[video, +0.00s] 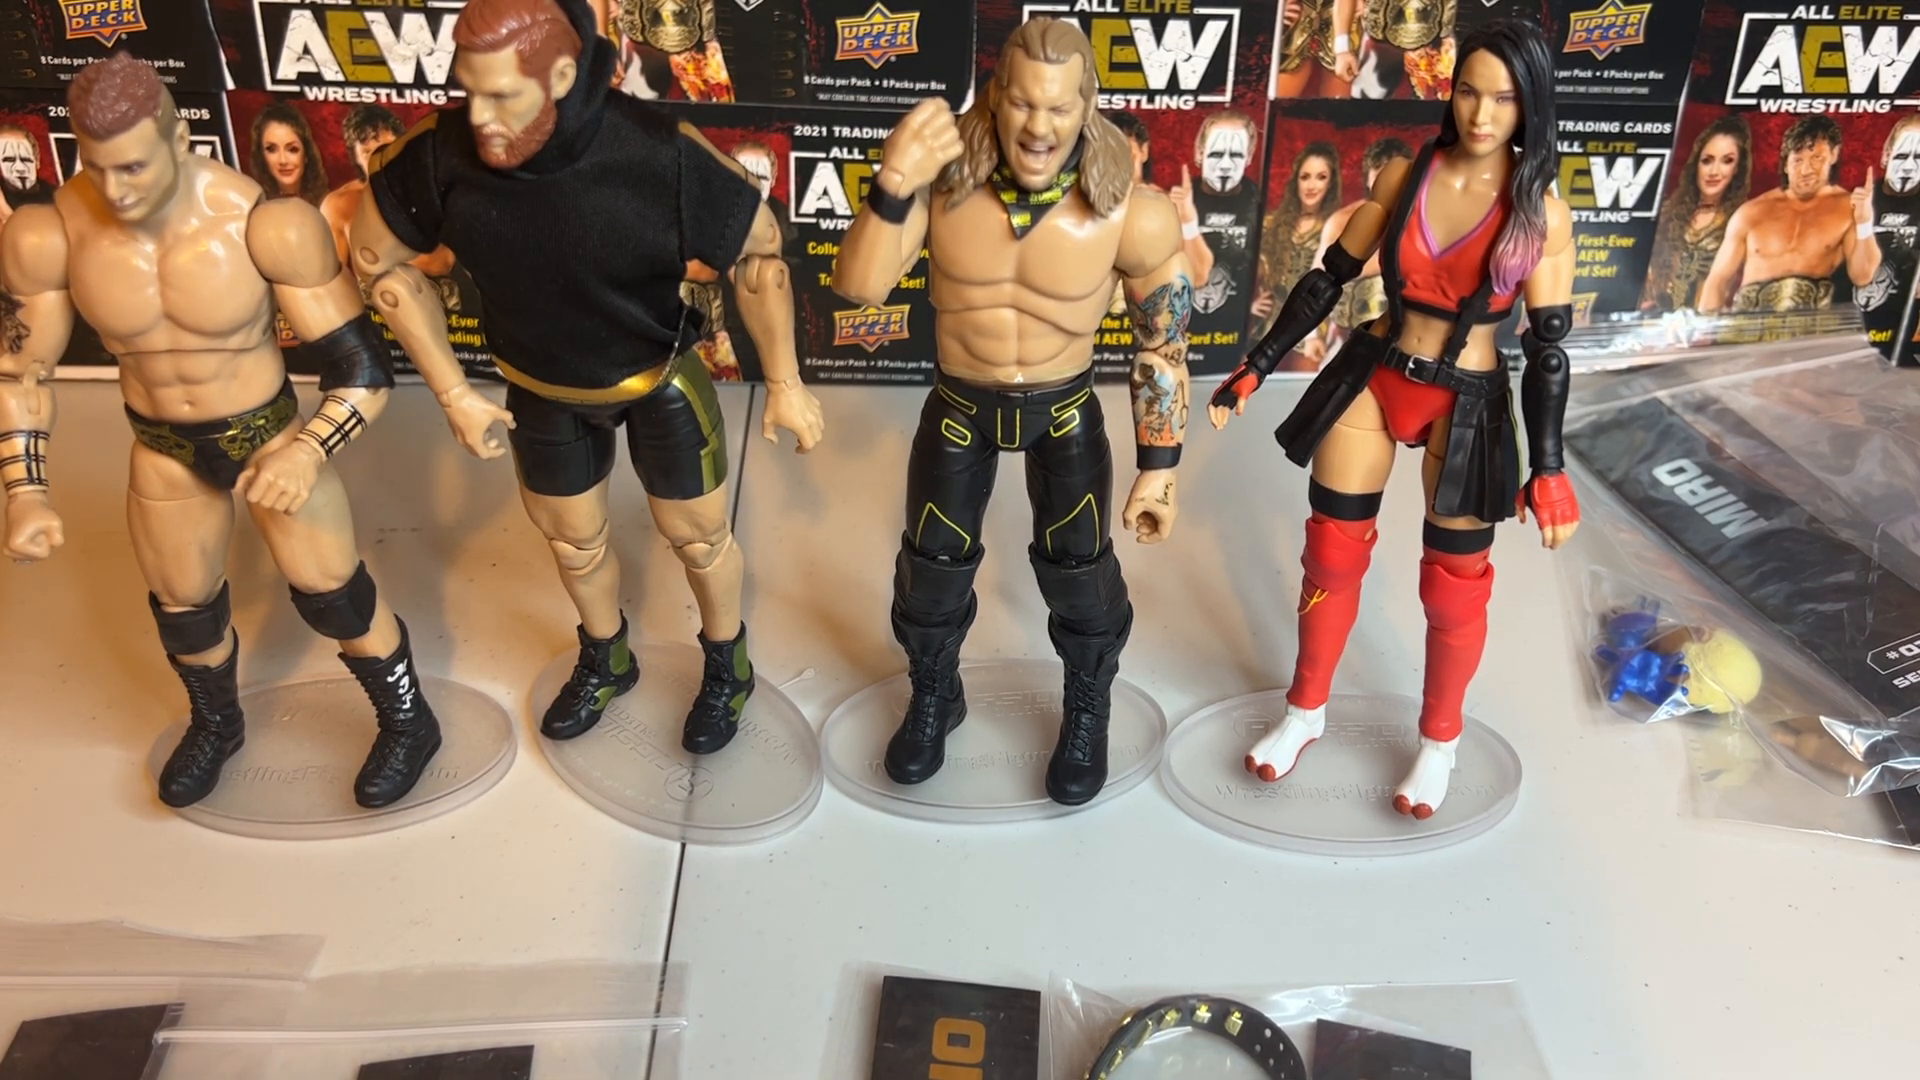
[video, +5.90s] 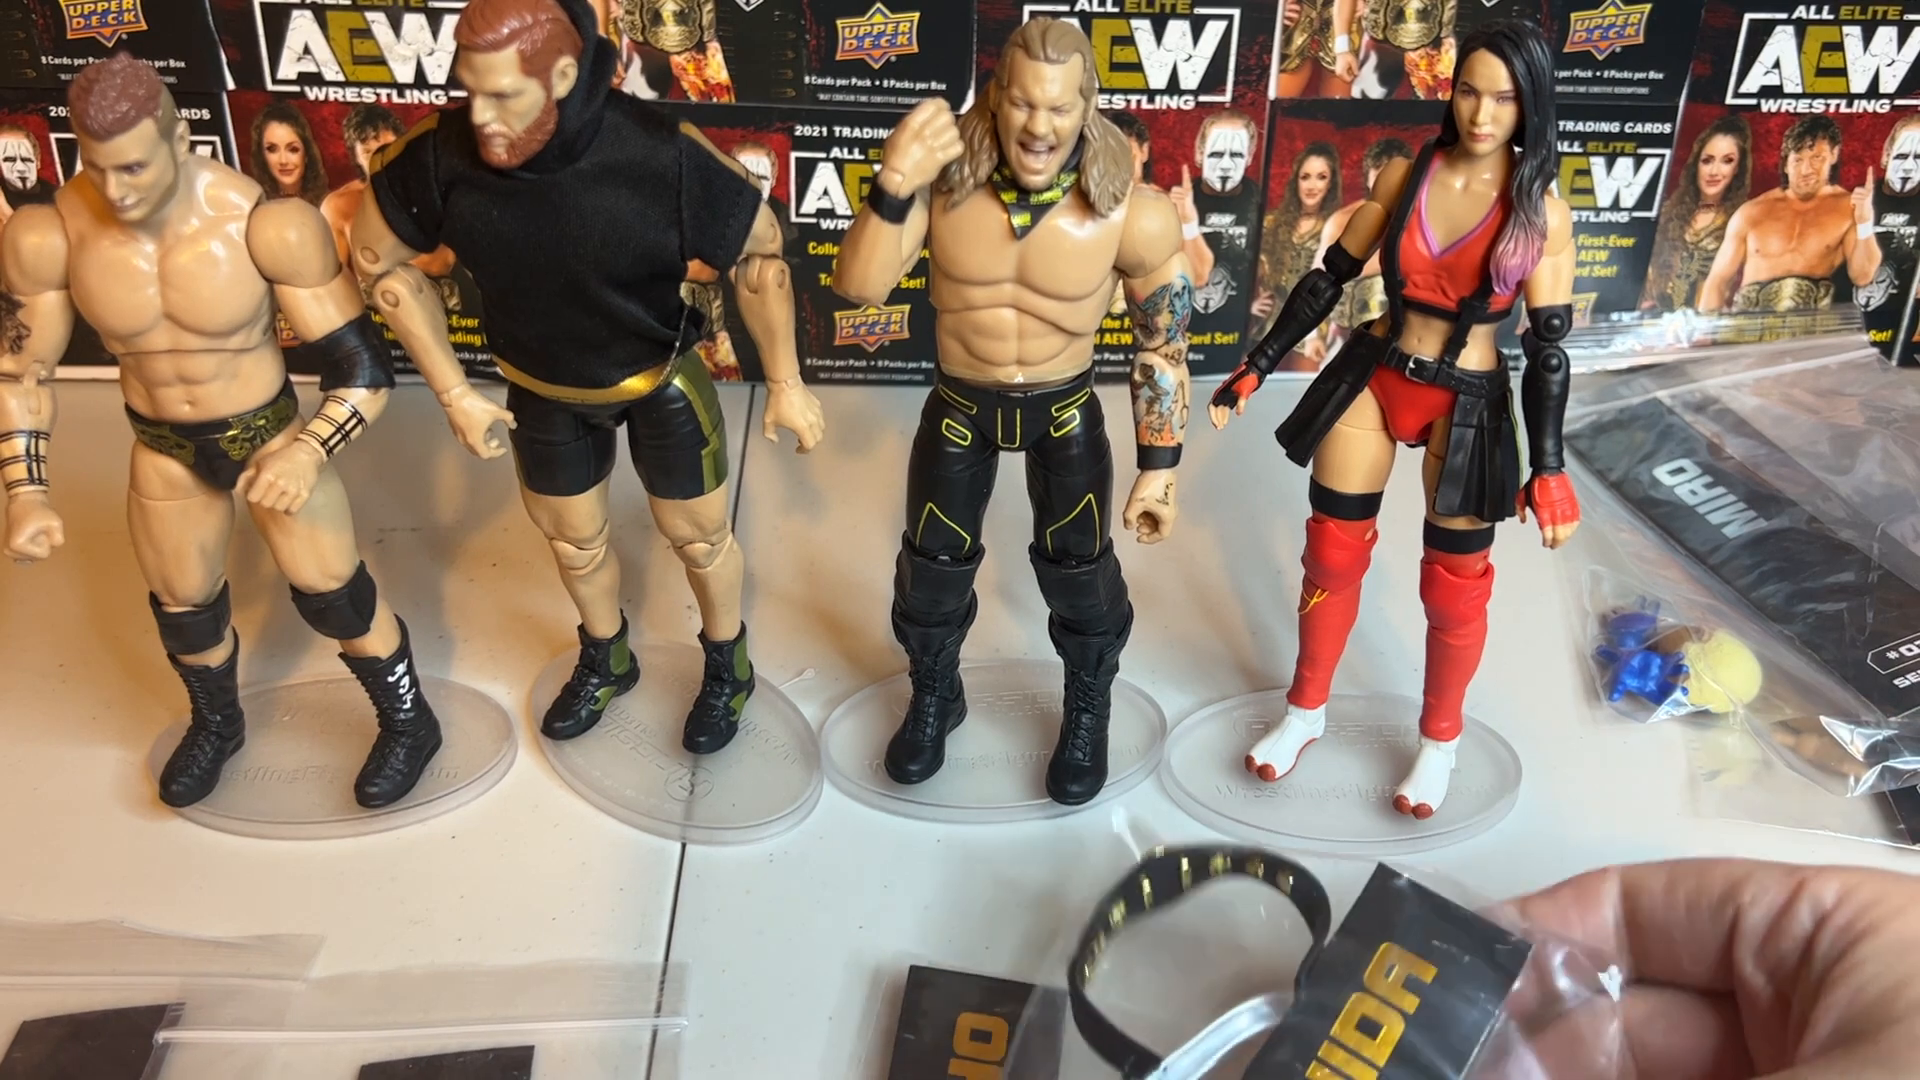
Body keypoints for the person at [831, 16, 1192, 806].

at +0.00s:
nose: (1039, 127)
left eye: (1059, 109)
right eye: (1024, 104)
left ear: (1086, 106)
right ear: (995, 95)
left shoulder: (1129, 207)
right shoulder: (943, 175)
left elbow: (1162, 337)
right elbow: (858, 286)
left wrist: (1161, 464)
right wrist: (892, 188)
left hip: (1064, 408)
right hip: (958, 403)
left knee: (1078, 568)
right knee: (932, 562)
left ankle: (1086, 712)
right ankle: (932, 698)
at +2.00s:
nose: (1040, 127)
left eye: (1060, 109)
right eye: (1024, 104)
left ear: (1086, 106)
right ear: (995, 95)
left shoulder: (1129, 207)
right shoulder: (944, 176)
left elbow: (1163, 338)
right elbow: (858, 287)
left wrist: (1161, 464)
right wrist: (892, 189)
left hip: (1064, 408)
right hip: (959, 403)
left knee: (1078, 569)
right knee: (932, 563)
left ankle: (1086, 713)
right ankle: (932, 699)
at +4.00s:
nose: (1040, 127)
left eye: (1060, 109)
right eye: (1024, 104)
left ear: (1086, 107)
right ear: (995, 95)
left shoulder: (1130, 208)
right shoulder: (944, 176)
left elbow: (1163, 337)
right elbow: (857, 287)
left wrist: (1161, 464)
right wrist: (892, 190)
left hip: (1064, 408)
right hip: (959, 403)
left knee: (1078, 568)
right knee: (932, 562)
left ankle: (1086, 713)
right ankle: (932, 699)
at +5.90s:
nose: (1040, 126)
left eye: (1060, 109)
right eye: (1024, 104)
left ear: (1086, 106)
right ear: (995, 95)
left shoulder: (1130, 207)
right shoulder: (944, 176)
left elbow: (1162, 337)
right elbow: (857, 287)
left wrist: (1161, 464)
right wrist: (892, 190)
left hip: (1064, 408)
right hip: (959, 403)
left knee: (1078, 569)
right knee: (932, 563)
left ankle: (1086, 712)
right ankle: (933, 699)